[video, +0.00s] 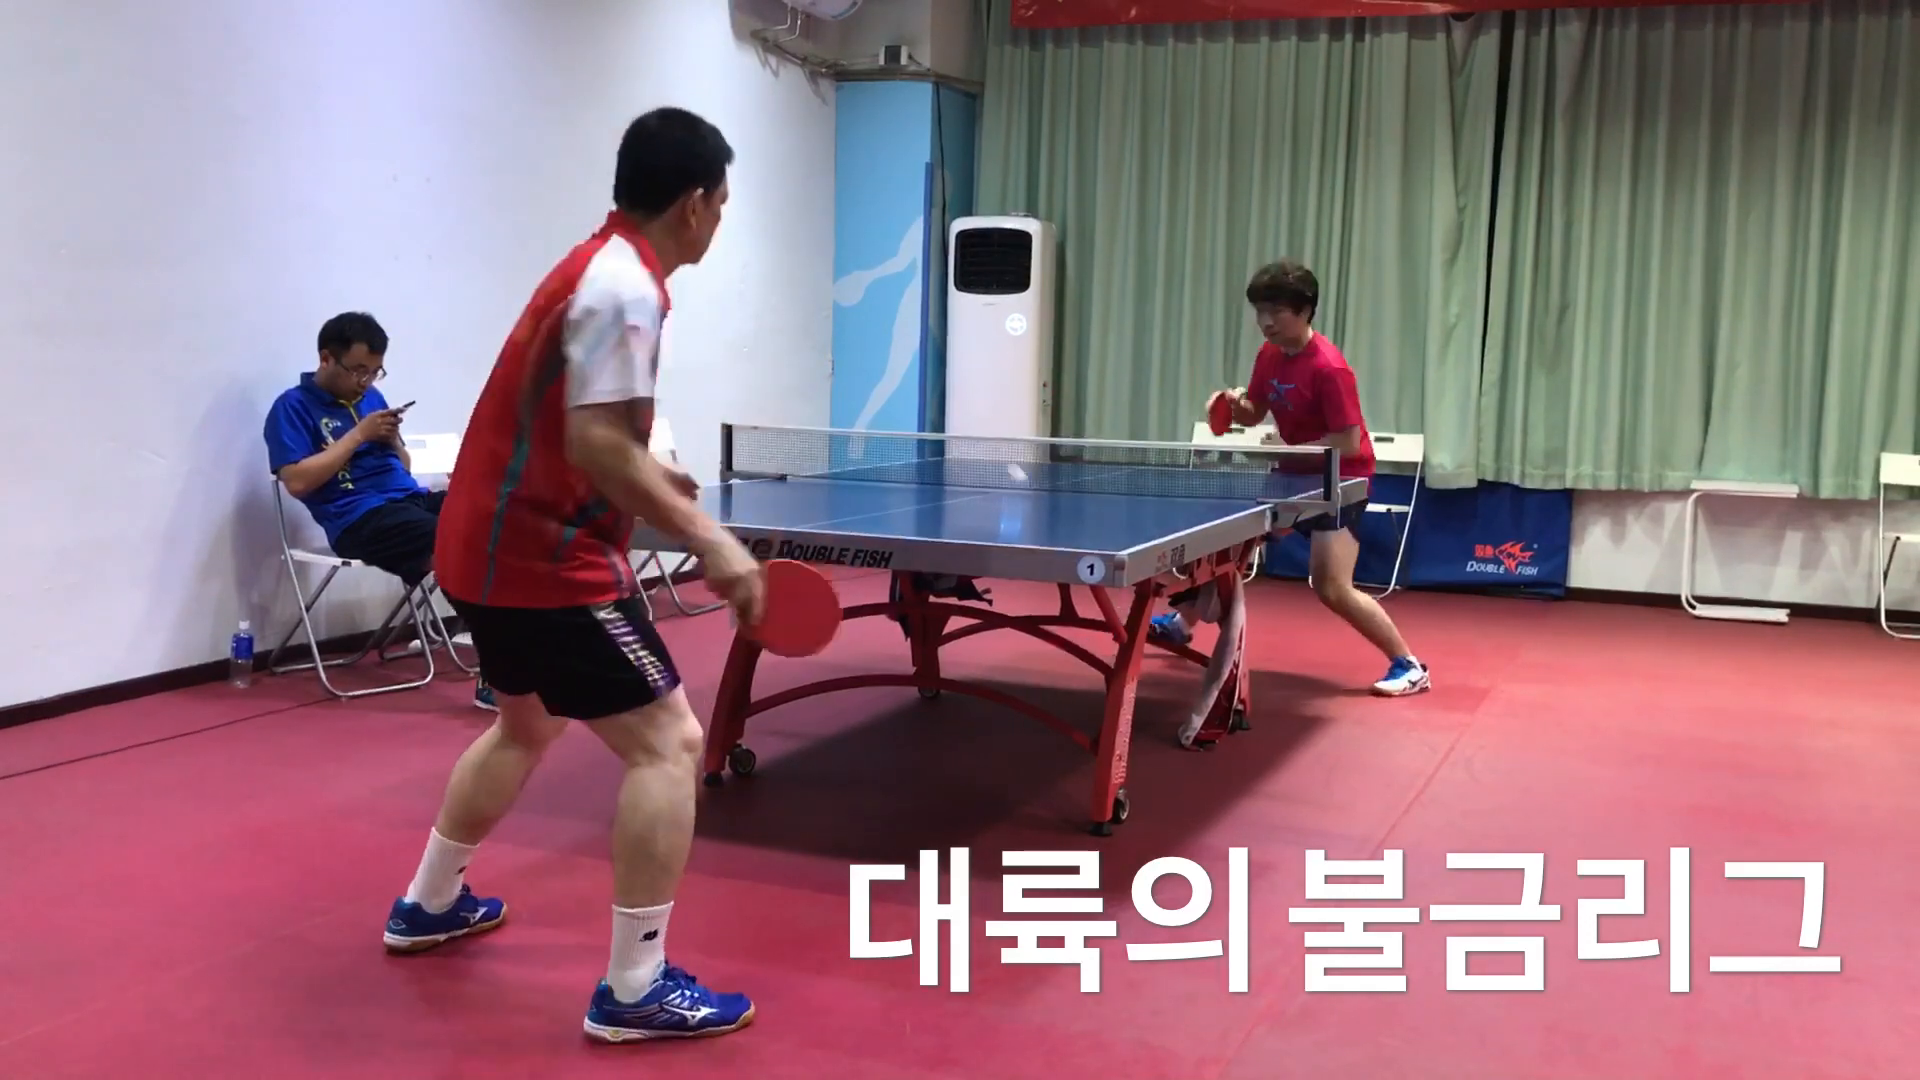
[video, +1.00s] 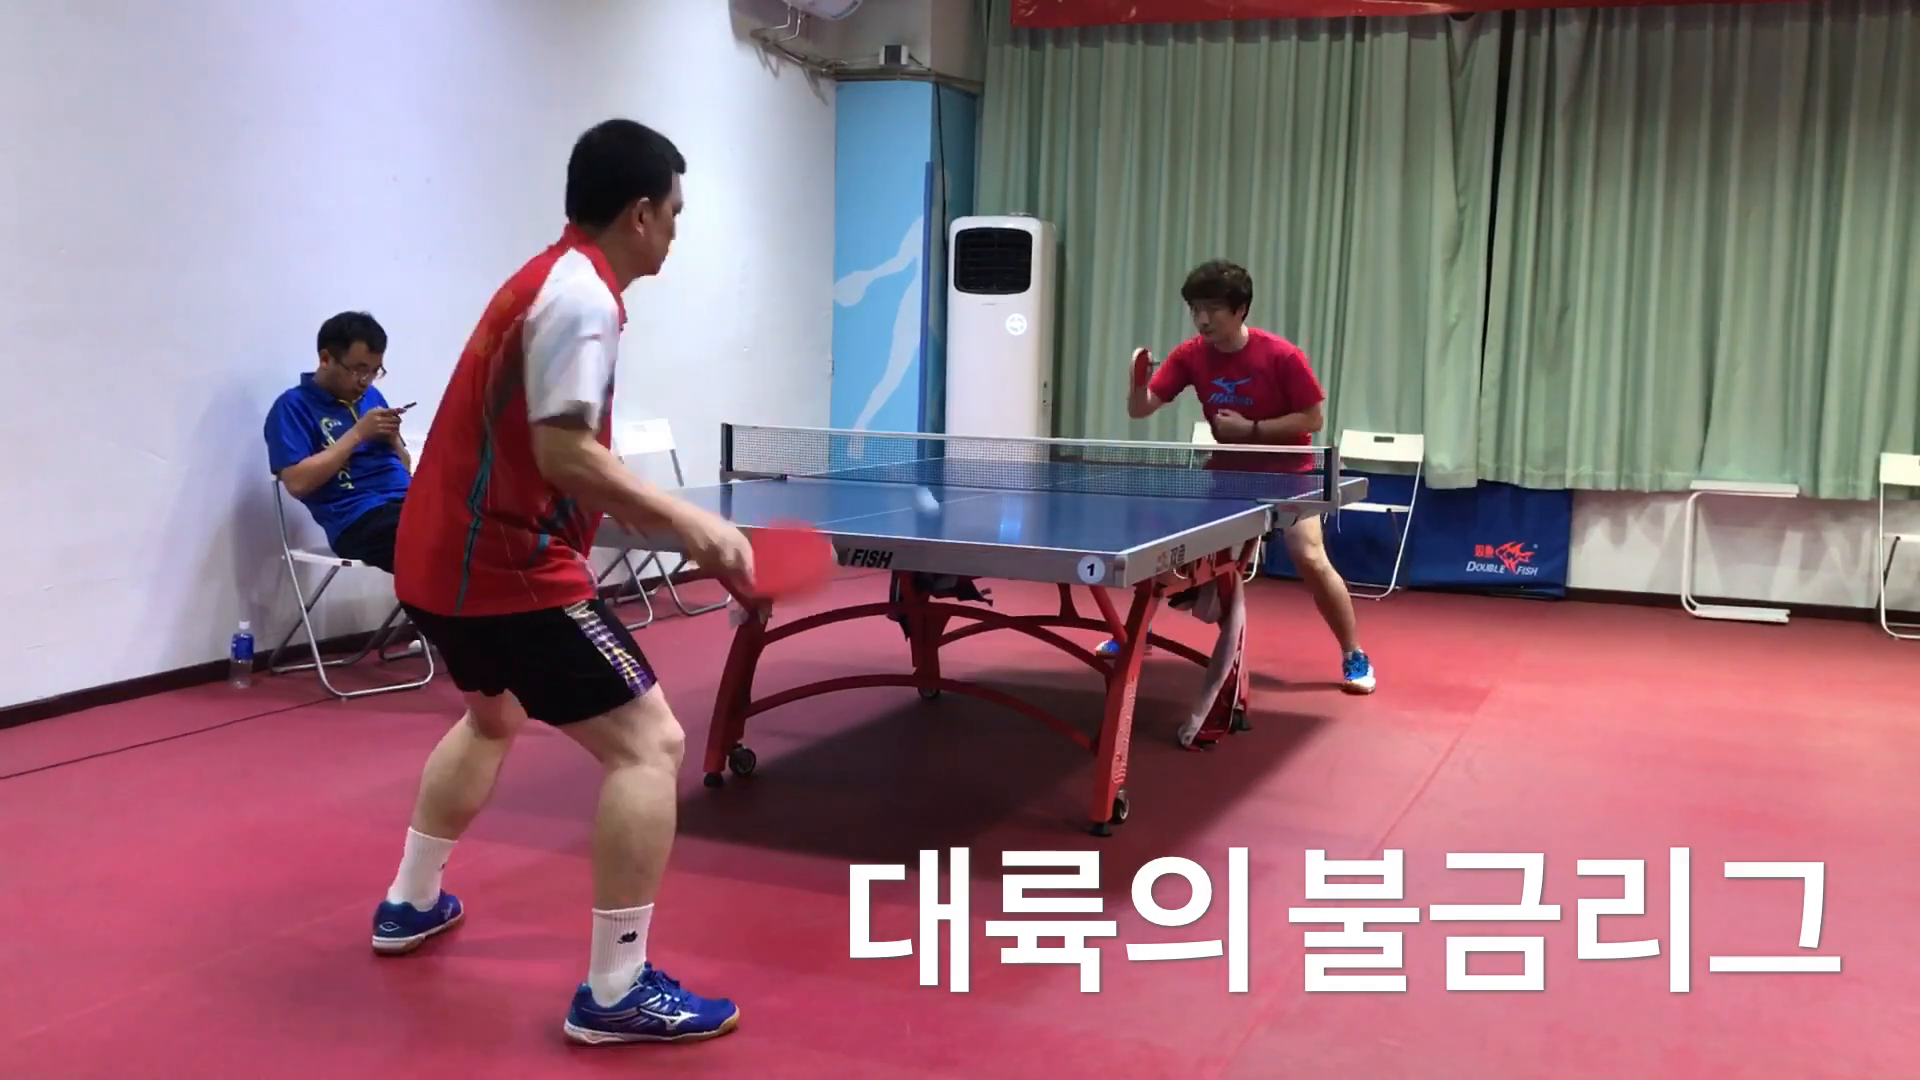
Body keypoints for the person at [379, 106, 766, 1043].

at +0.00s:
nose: (720, 218)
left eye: (723, 201)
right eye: (720, 200)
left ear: (638, 192)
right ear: (692, 202)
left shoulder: (597, 265)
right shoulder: (623, 285)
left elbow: (569, 421)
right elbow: (602, 448)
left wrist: (645, 462)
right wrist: (717, 547)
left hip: (487, 551)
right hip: (542, 565)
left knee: (523, 726)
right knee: (668, 743)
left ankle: (428, 901)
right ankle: (635, 986)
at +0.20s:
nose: (681, 241)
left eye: (685, 223)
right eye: (676, 220)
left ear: (620, 209)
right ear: (626, 206)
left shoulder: (571, 284)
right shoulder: (550, 289)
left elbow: (561, 435)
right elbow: (533, 443)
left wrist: (659, 475)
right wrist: (682, 487)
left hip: (490, 560)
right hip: (512, 567)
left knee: (532, 732)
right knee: (645, 737)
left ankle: (427, 901)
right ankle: (633, 987)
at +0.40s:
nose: (619, 187)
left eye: (618, 168)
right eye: (614, 168)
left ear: (530, 165)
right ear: (579, 167)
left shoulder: (460, 247)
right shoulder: (560, 263)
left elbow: (464, 381)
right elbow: (654, 395)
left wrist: (572, 400)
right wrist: (717, 350)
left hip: (422, 541)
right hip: (511, 546)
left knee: (487, 715)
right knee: (611, 730)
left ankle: (424, 899)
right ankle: (623, 976)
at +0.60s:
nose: (591, 176)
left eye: (588, 159)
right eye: (590, 160)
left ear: (496, 159)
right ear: (569, 163)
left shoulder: (429, 250)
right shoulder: (569, 260)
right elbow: (644, 399)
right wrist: (683, 360)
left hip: (423, 540)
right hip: (524, 539)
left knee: (475, 710)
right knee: (619, 728)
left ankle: (423, 900)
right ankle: (614, 972)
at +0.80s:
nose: (625, 182)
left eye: (623, 166)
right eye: (625, 166)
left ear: (530, 162)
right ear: (607, 168)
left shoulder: (468, 251)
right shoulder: (597, 261)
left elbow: (460, 406)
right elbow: (661, 413)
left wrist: (575, 463)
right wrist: (718, 435)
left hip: (433, 539)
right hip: (532, 546)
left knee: (472, 709)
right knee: (632, 734)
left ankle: (415, 899)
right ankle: (618, 984)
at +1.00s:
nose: (677, 226)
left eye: (676, 207)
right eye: (672, 207)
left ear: (596, 205)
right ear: (638, 209)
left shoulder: (546, 280)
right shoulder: (580, 297)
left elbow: (563, 457)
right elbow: (566, 456)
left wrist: (681, 526)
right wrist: (693, 525)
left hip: (442, 564)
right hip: (511, 576)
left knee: (492, 719)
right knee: (649, 744)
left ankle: (409, 901)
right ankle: (616, 988)